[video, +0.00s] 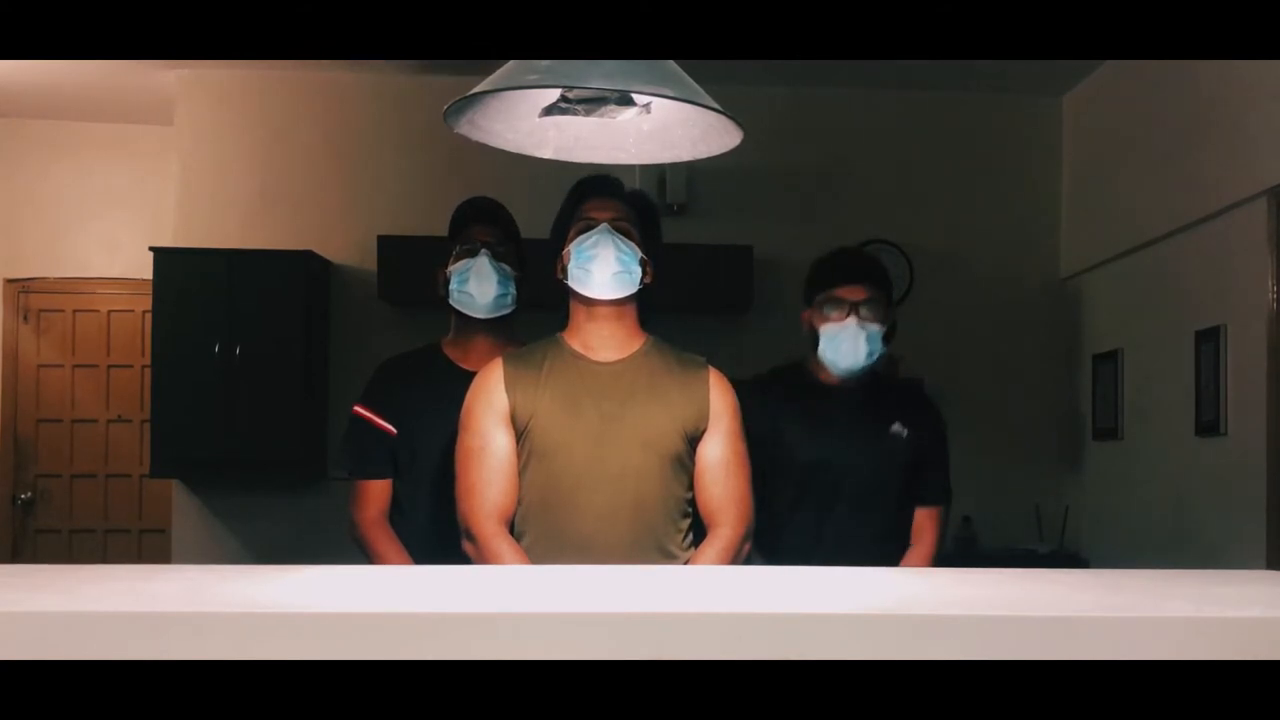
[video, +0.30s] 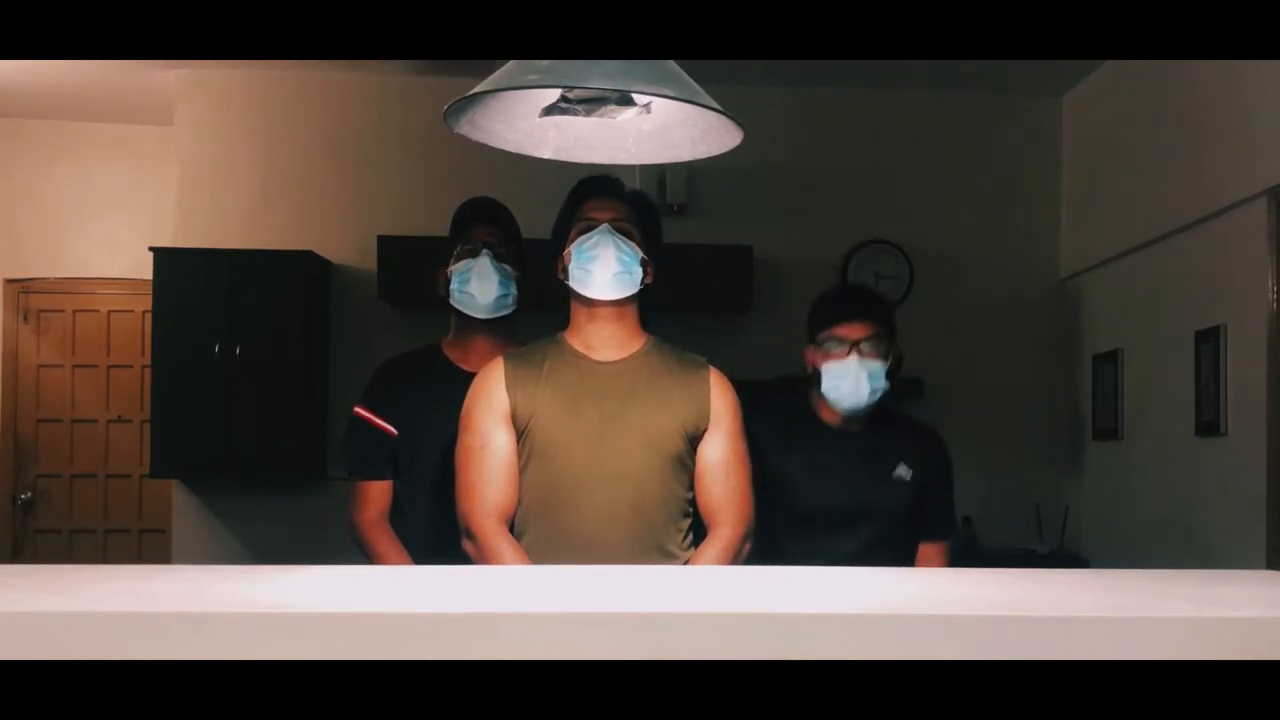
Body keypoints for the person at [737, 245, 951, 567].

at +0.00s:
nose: (852, 324)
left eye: (869, 310)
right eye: (834, 308)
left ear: (886, 322)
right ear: (809, 319)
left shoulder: (914, 410)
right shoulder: (758, 402)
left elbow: (923, 544)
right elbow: (733, 530)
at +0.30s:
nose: (853, 361)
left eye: (869, 348)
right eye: (835, 346)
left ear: (889, 358)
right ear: (812, 358)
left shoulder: (920, 446)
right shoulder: (761, 433)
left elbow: (931, 565)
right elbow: (731, 540)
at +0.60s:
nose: (748, 310)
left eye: (765, 295)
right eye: (731, 295)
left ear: (786, 303)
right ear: (712, 302)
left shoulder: (837, 375)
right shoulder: (700, 383)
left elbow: (877, 500)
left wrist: (829, 591)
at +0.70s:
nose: (744, 324)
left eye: (760, 310)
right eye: (727, 309)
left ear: (782, 318)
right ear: (707, 317)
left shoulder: (831, 389)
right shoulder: (691, 395)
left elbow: (873, 516)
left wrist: (828, 603)